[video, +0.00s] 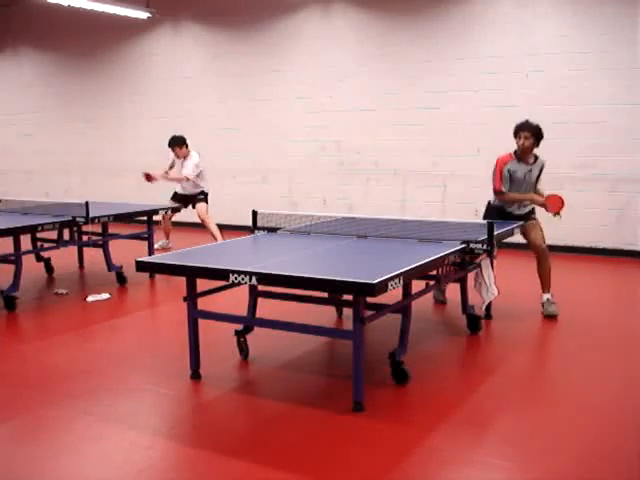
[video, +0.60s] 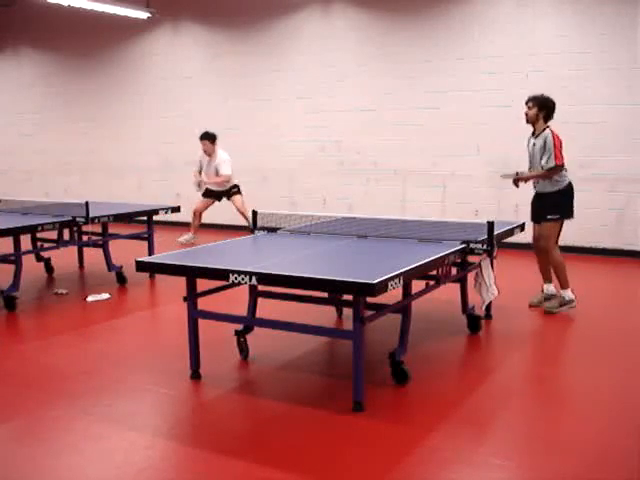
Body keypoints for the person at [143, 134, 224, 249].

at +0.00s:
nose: (174, 154)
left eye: (175, 151)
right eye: (173, 151)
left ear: (183, 147)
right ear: (174, 150)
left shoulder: (194, 159)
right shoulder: (177, 157)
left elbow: (186, 178)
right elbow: (168, 171)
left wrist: (167, 178)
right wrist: (155, 177)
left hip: (198, 192)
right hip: (182, 192)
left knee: (202, 216)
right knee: (165, 216)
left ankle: (221, 242)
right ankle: (166, 241)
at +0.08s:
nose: (175, 152)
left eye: (176, 149)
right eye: (173, 149)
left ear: (184, 146)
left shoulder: (194, 157)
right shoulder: (180, 155)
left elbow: (181, 171)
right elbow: (171, 161)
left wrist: (163, 171)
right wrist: (157, 169)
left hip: (200, 191)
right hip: (184, 191)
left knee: (202, 215)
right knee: (167, 213)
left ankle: (220, 242)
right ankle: (166, 240)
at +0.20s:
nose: (175, 151)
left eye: (177, 148)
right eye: (174, 148)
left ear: (185, 146)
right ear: (184, 146)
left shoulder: (193, 158)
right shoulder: (188, 151)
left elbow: (182, 162)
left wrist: (169, 150)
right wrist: (164, 145)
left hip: (206, 193)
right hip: (195, 190)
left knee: (200, 218)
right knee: (175, 207)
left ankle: (218, 243)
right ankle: (173, 234)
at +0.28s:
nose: (177, 153)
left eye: (178, 150)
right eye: (175, 150)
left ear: (186, 147)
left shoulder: (195, 157)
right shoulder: (187, 157)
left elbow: (193, 168)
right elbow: (179, 160)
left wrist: (179, 153)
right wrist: (165, 156)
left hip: (208, 192)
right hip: (196, 192)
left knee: (206, 218)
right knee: (181, 214)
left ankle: (219, 243)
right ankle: (187, 235)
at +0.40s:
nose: (182, 151)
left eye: (184, 148)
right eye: (181, 149)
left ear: (192, 147)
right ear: (182, 149)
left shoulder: (203, 158)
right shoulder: (188, 160)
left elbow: (205, 175)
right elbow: (182, 173)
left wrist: (186, 169)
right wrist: (169, 183)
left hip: (214, 189)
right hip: (200, 191)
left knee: (216, 212)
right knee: (183, 214)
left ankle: (234, 238)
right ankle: (187, 236)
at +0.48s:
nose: (188, 149)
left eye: (190, 146)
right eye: (187, 146)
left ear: (198, 146)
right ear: (187, 146)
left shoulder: (208, 158)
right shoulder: (193, 159)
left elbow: (211, 175)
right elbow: (187, 173)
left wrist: (192, 175)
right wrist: (177, 183)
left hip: (217, 191)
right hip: (203, 191)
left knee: (222, 213)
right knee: (187, 212)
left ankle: (245, 234)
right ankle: (187, 236)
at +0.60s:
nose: (203, 148)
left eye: (205, 144)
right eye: (202, 145)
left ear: (213, 144)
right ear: (202, 145)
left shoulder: (222, 157)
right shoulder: (203, 157)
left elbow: (226, 178)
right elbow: (198, 171)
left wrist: (206, 182)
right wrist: (198, 180)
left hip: (229, 188)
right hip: (213, 189)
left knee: (240, 208)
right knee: (197, 211)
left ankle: (255, 228)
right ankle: (193, 234)